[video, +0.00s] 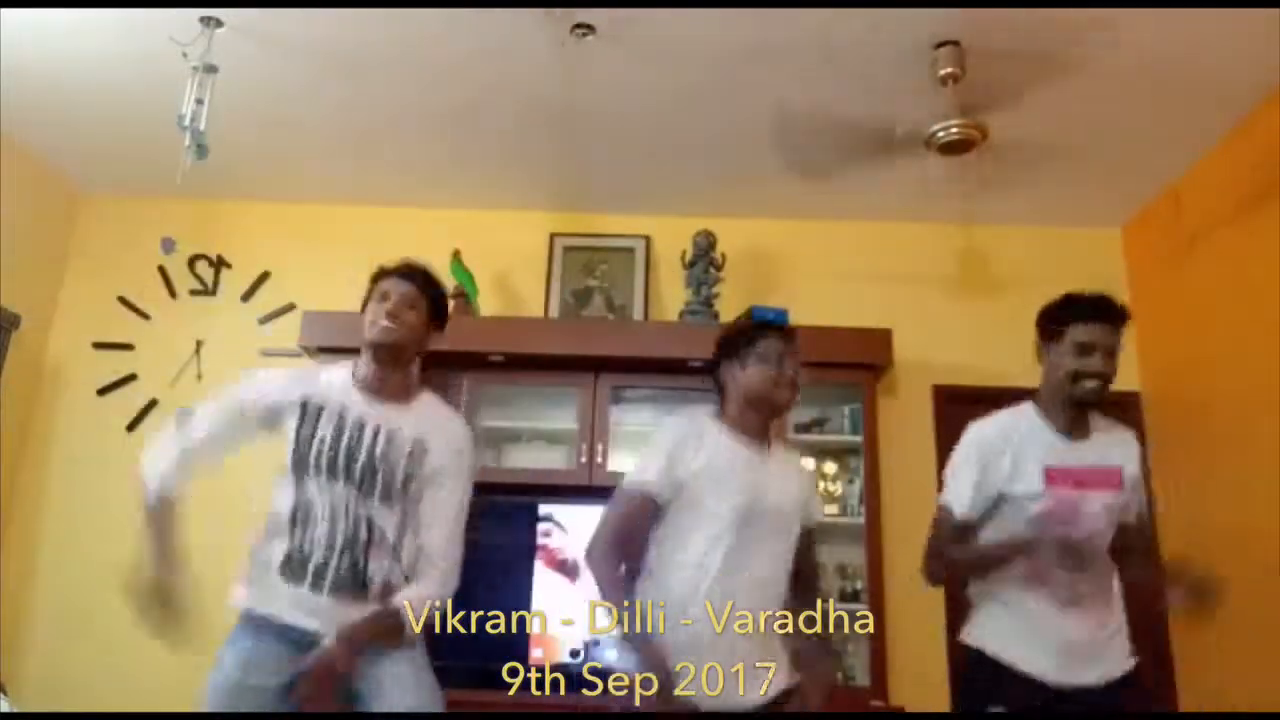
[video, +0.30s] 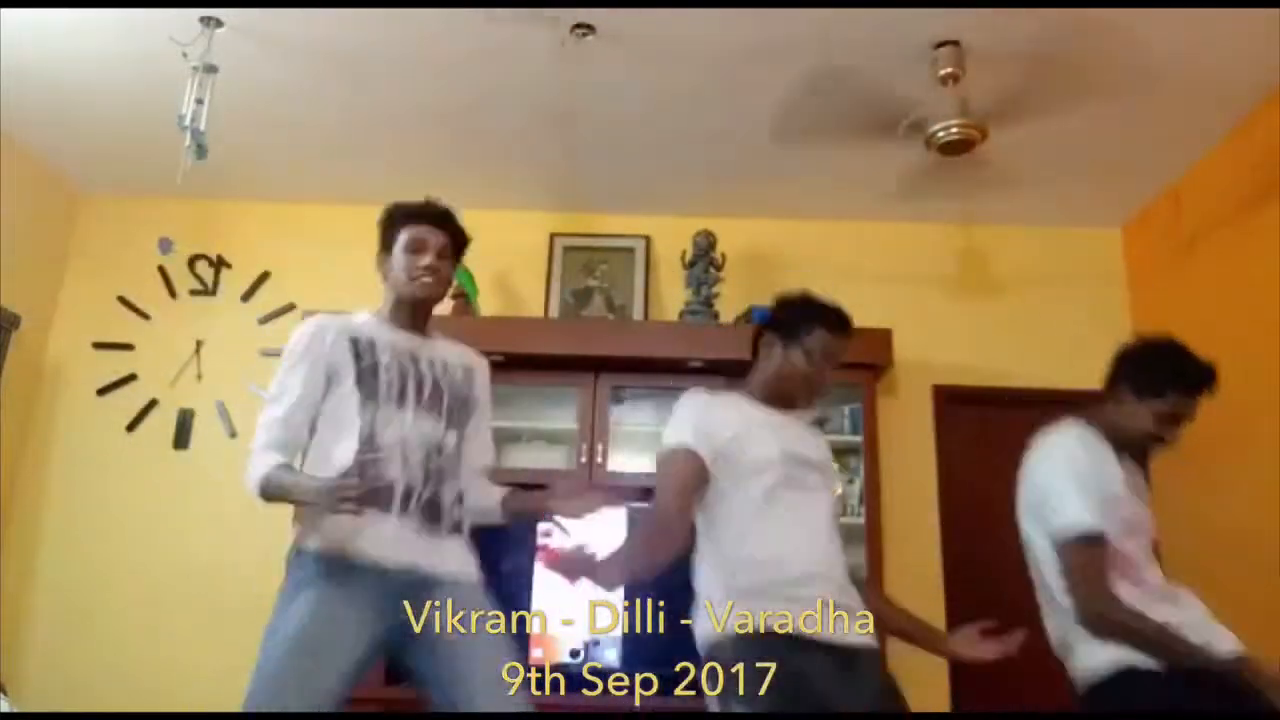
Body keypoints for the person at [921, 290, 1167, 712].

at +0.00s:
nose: (1099, 366)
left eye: (1109, 355)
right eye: (1084, 352)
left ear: (1117, 361)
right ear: (1045, 352)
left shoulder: (1122, 445)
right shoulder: (991, 440)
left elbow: (1130, 554)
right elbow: (937, 563)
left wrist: (1173, 581)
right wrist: (1031, 545)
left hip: (1106, 674)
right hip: (1008, 672)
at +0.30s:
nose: (1170, 437)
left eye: (1179, 424)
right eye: (1166, 419)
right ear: (1125, 395)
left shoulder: (1117, 461)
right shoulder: (1067, 450)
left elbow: (1143, 590)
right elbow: (1094, 609)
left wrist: (1237, 661)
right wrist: (1217, 667)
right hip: (1127, 679)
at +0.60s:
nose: (1156, 358)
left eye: (1166, 345)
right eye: (1146, 340)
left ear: (1173, 348)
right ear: (1107, 327)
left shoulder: (1159, 407)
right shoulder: (1051, 397)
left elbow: (1186, 536)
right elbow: (1041, 522)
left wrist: (1270, 530)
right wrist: (1125, 453)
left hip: (1198, 607)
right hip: (1112, 612)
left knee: (1252, 698)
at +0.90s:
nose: (1081, 383)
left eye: (1095, 365)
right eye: (1066, 371)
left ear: (1129, 364)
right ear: (1056, 379)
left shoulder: (1188, 473)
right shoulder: (1025, 466)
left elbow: (1216, 613)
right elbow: (998, 592)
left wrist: (1263, 699)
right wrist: (1027, 691)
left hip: (1158, 693)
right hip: (1057, 692)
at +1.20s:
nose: (1058, 352)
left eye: (1072, 337)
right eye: (1050, 343)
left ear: (1116, 334)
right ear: (1044, 346)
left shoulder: (1156, 418)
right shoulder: (1027, 415)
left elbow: (1130, 547)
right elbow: (986, 520)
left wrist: (1023, 504)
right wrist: (910, 516)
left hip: (1087, 640)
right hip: (995, 626)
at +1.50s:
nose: (1020, 431)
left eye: (1034, 413)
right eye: (1014, 419)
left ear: (1079, 408)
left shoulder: (1118, 496)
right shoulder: (1011, 500)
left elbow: (1066, 625)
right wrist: (961, 572)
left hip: (1043, 701)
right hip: (956, 688)